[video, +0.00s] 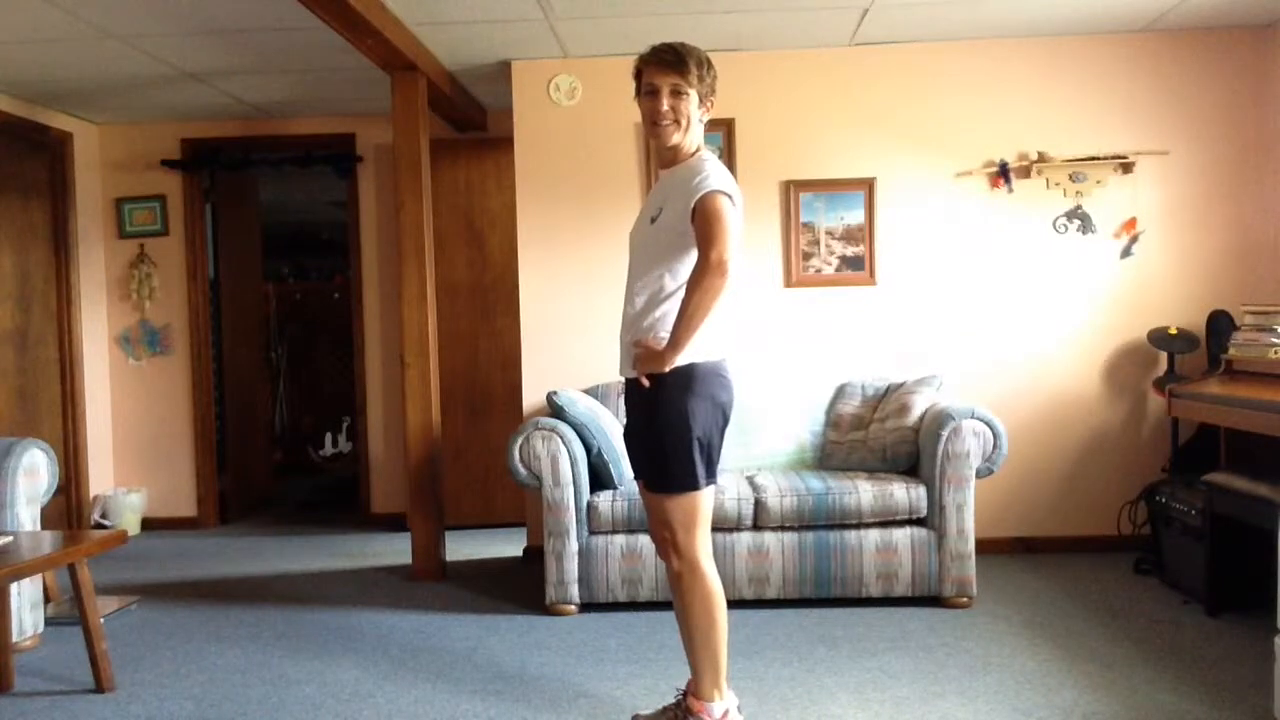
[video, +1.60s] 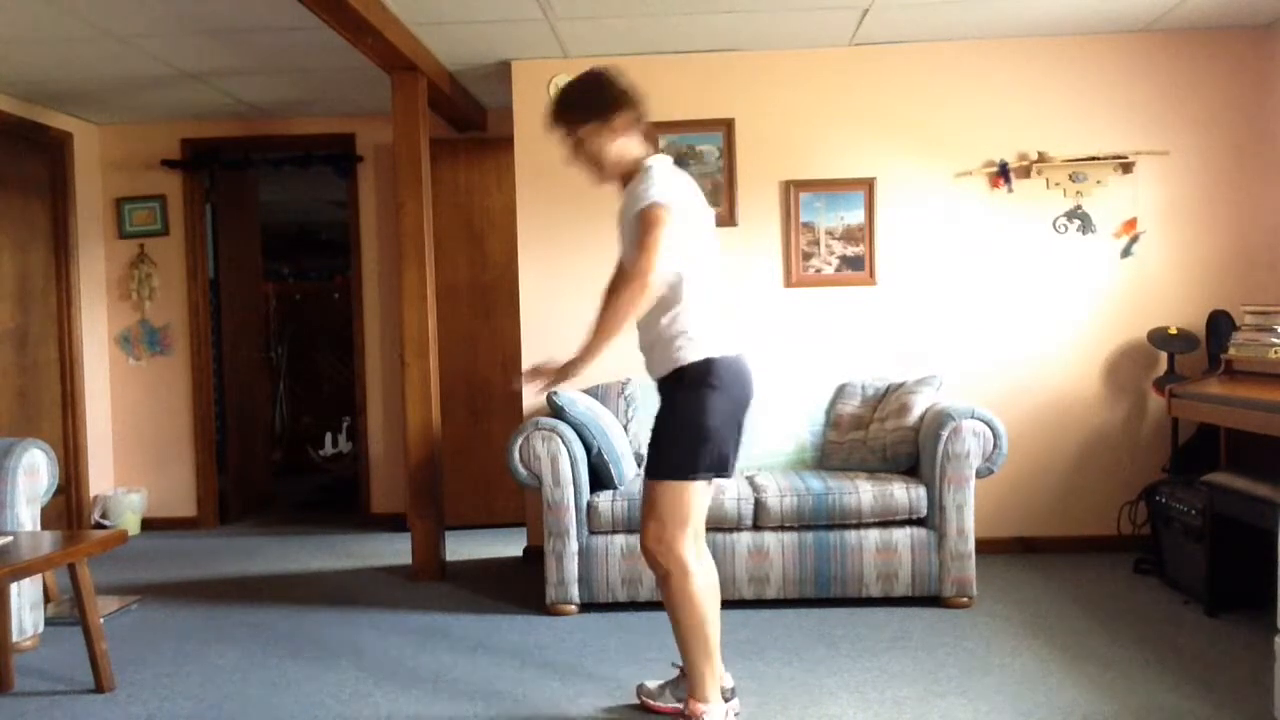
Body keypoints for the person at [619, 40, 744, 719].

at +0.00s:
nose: (661, 106)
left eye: (676, 93)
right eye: (650, 93)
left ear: (702, 103)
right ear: (638, 102)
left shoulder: (705, 175)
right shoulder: (665, 182)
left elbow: (718, 262)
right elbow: (664, 274)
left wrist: (670, 350)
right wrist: (643, 352)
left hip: (679, 380)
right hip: (653, 380)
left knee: (687, 549)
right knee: (673, 548)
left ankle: (713, 699)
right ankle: (706, 693)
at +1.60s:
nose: (576, 158)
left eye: (579, 142)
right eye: (571, 145)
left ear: (618, 125)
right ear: (621, 128)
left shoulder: (657, 184)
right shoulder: (663, 181)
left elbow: (637, 279)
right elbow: (640, 284)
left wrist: (579, 361)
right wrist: (577, 361)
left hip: (701, 376)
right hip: (707, 373)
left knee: (665, 541)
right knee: (681, 540)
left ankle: (707, 693)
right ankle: (708, 676)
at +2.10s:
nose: (467, 497)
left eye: (467, 484)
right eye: (461, 486)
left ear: (492, 464)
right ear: (498, 452)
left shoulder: (546, 479)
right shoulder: (545, 443)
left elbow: (511, 620)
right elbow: (519, 597)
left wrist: (470, 710)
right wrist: (488, 662)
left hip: (745, 471)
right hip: (744, 455)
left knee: (620, 590)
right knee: (638, 546)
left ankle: (700, 712)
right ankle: (705, 679)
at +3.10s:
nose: (448, 575)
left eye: (440, 566)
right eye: (438, 568)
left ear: (457, 537)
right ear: (460, 512)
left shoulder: (524, 515)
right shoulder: (518, 484)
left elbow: (509, 649)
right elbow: (515, 628)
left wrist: (486, 715)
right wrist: (484, 697)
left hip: (697, 479)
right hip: (712, 472)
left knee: (643, 618)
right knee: (830, 579)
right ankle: (961, 642)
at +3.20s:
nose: (445, 576)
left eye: (435, 568)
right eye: (435, 570)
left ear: (451, 539)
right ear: (456, 515)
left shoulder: (521, 515)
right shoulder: (515, 487)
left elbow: (505, 651)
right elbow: (512, 631)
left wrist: (483, 714)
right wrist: (482, 697)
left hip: (698, 478)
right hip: (709, 470)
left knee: (728, 645)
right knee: (833, 576)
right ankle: (956, 642)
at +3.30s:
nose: (442, 574)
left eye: (433, 565)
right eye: (432, 568)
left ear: (449, 535)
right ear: (456, 512)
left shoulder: (517, 519)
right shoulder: (515, 488)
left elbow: (508, 644)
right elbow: (513, 629)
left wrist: (481, 714)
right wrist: (484, 702)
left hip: (698, 493)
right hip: (706, 472)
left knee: (804, 644)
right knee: (833, 581)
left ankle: (962, 615)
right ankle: (961, 640)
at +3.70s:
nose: (445, 579)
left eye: (436, 570)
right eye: (434, 573)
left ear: (455, 539)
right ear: (459, 516)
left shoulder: (526, 517)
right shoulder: (519, 490)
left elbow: (509, 653)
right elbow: (518, 634)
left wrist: (484, 715)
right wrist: (484, 701)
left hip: (706, 494)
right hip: (713, 479)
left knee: (770, 661)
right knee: (831, 582)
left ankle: (910, 613)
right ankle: (966, 646)